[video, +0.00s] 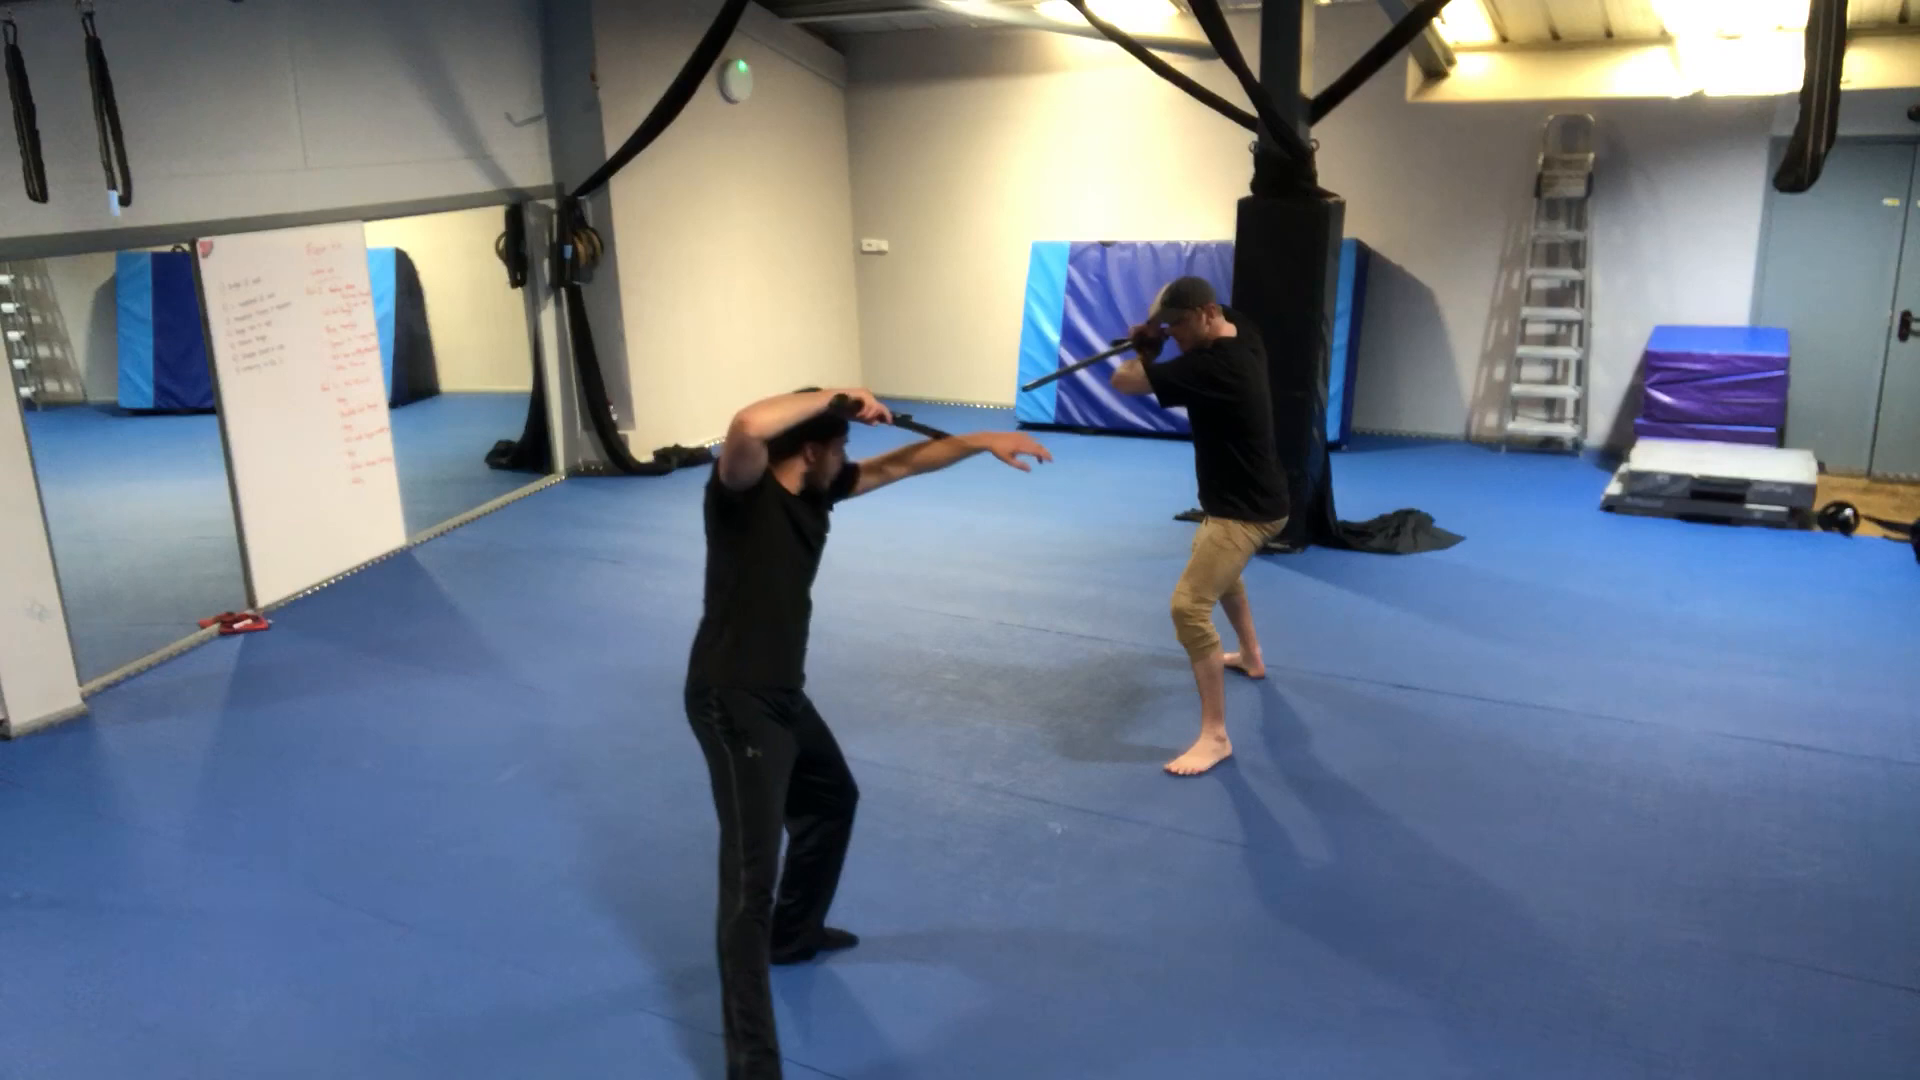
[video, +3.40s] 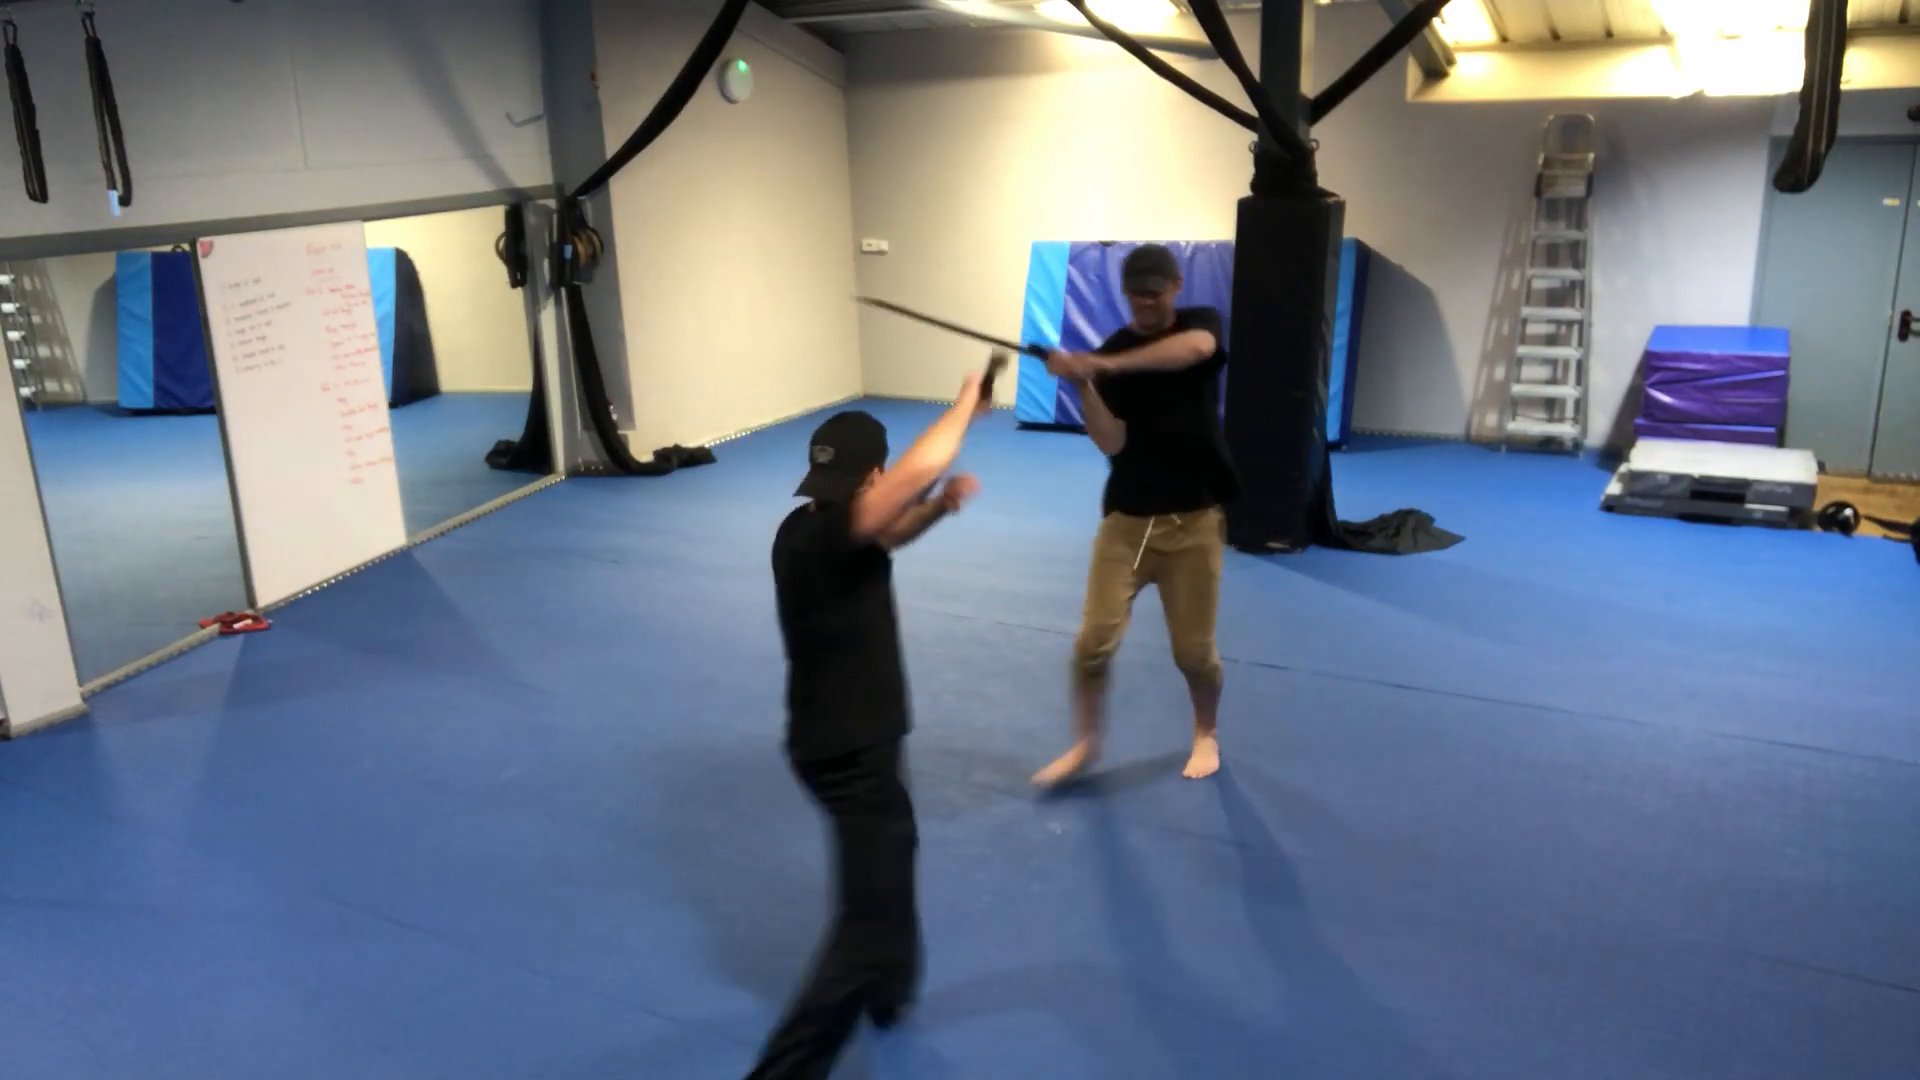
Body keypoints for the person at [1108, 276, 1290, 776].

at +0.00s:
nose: (1175, 338)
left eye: (1179, 329)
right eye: (1172, 329)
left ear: (1206, 316)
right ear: (1210, 315)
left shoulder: (1211, 364)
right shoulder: (1241, 339)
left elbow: (1127, 380)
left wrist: (1145, 352)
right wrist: (1153, 331)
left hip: (1242, 512)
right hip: (1243, 501)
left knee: (1190, 610)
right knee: (1220, 572)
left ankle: (1214, 735)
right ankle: (1250, 653)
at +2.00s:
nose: (1178, 341)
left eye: (1181, 332)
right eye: (1175, 332)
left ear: (1207, 319)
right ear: (1211, 317)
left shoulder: (1215, 364)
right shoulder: (1240, 340)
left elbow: (1131, 381)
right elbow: (1177, 296)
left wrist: (1149, 350)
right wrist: (1153, 326)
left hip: (1244, 512)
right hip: (1234, 501)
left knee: (1190, 607)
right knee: (1207, 555)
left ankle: (1214, 734)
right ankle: (1250, 653)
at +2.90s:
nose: (1182, 315)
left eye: (1190, 307)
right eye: (1179, 307)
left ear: (1218, 301)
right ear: (1210, 303)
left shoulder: (1210, 352)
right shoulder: (1234, 332)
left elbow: (1150, 411)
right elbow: (1163, 345)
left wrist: (1105, 382)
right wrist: (1112, 349)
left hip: (1240, 501)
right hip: (1244, 491)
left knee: (1191, 603)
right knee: (1213, 575)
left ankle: (1212, 728)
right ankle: (1264, 651)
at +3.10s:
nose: (1187, 316)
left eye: (1197, 307)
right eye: (1180, 307)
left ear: (1221, 306)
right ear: (1172, 308)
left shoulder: (1235, 353)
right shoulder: (1178, 357)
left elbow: (1165, 400)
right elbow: (1143, 410)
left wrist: (1098, 387)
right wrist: (1100, 376)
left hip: (1235, 513)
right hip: (1188, 507)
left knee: (1179, 619)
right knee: (1216, 592)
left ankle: (1204, 730)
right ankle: (1261, 647)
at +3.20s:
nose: (1181, 312)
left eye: (1192, 303)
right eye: (1174, 302)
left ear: (1215, 301)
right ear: (1164, 302)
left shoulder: (1238, 338)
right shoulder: (1158, 356)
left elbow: (1179, 359)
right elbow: (1115, 436)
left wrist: (1097, 358)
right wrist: (1087, 372)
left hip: (1223, 510)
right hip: (1168, 507)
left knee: (1181, 635)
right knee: (1163, 625)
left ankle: (1206, 734)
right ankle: (1229, 630)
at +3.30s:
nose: (1169, 309)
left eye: (1178, 298)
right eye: (1159, 299)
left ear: (1199, 293)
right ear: (1146, 297)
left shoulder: (1225, 329)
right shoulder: (1133, 357)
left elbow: (1193, 344)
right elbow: (1114, 433)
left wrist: (1097, 345)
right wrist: (1084, 367)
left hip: (1213, 508)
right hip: (1149, 507)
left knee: (1190, 646)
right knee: (1122, 637)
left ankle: (1208, 732)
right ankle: (1173, 675)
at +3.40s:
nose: (1147, 306)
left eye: (1156, 295)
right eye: (1137, 296)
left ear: (1176, 290)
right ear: (1124, 295)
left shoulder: (1201, 325)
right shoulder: (1110, 352)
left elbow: (1196, 349)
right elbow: (1111, 442)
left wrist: (1105, 364)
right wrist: (1082, 381)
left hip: (1194, 518)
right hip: (1126, 518)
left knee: (1194, 653)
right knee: (1091, 645)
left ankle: (1205, 735)